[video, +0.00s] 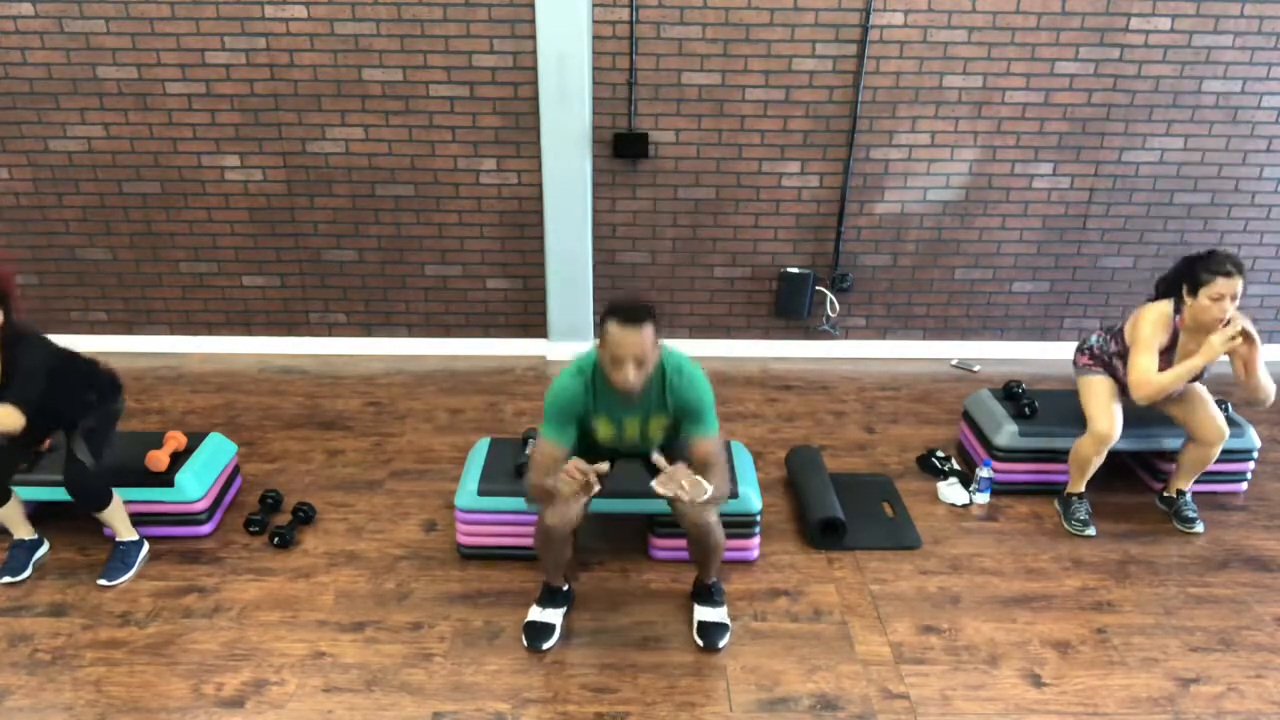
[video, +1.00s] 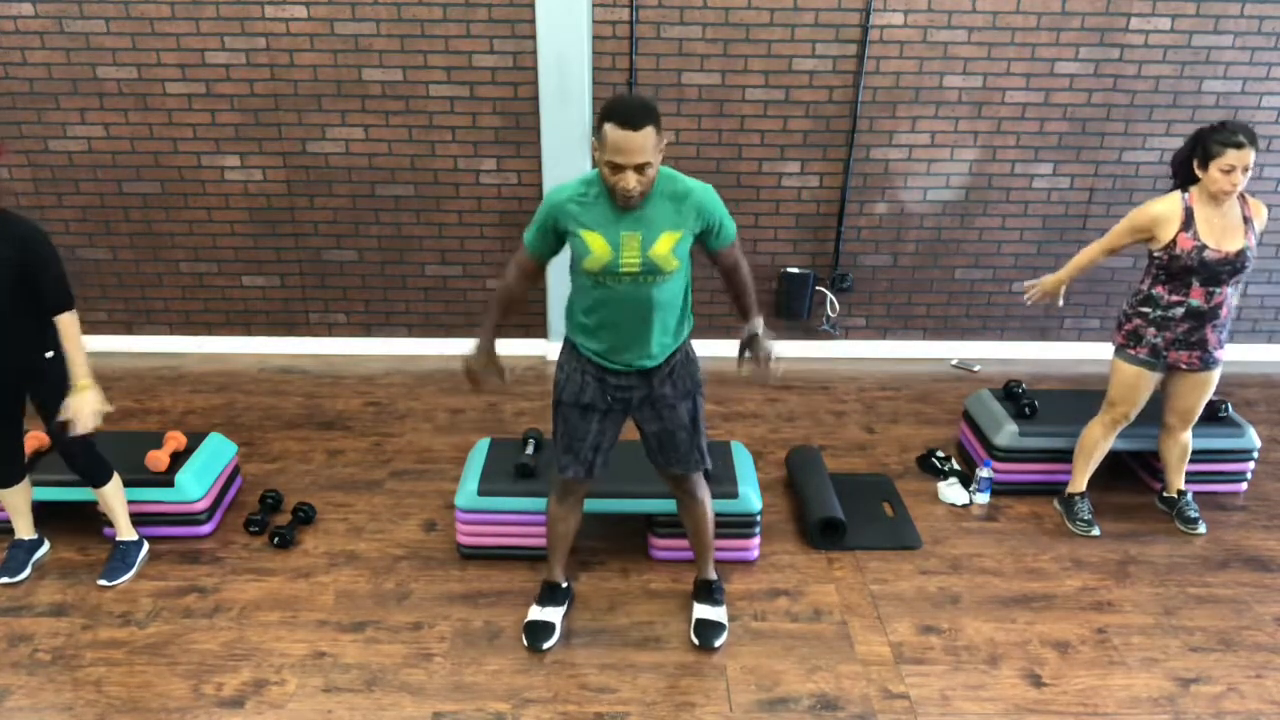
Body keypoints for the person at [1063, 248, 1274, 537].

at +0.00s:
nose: (1227, 311)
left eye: (1234, 299)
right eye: (1217, 299)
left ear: (1239, 299)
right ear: (1188, 295)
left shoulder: (1231, 329)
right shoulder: (1155, 318)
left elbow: (1262, 399)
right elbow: (1142, 391)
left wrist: (1252, 364)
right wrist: (1204, 357)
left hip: (1162, 372)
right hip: (1104, 363)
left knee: (1214, 432)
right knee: (1105, 431)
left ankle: (1175, 493)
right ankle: (1073, 494)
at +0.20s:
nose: (1235, 281)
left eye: (1242, 271)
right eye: (1225, 270)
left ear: (1248, 269)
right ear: (1197, 264)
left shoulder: (1245, 300)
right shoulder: (1160, 288)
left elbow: (1267, 361)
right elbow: (1131, 361)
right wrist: (1193, 376)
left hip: (1171, 357)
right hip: (1112, 346)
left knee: (1210, 426)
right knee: (1104, 424)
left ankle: (1174, 492)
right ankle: (1072, 494)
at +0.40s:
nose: (1246, 213)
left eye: (1252, 203)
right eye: (1236, 202)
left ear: (1259, 200)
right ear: (1208, 198)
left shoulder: (1255, 240)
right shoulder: (1171, 232)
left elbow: (1275, 301)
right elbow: (1118, 298)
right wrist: (1105, 364)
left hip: (1185, 334)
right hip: (1132, 328)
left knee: (1201, 419)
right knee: (1108, 417)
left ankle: (1175, 493)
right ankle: (1070, 492)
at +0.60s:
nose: (1243, 185)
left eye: (1251, 175)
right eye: (1234, 175)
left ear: (1257, 174)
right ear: (1205, 171)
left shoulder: (1257, 216)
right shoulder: (1171, 212)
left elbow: (1264, 264)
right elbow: (1099, 259)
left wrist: (1272, 312)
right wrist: (1051, 307)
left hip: (1198, 333)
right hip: (1144, 326)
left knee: (1187, 423)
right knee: (1113, 417)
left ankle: (1175, 493)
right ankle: (1072, 492)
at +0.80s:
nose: (1240, 181)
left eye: (1248, 171)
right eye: (1231, 171)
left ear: (1254, 170)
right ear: (1203, 169)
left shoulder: (1255, 212)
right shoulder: (1167, 212)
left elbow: (1221, 261)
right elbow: (1106, 245)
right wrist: (1060, 275)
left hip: (1206, 337)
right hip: (1151, 330)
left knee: (1181, 424)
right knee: (1117, 415)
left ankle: (1175, 493)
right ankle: (1075, 493)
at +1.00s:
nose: (1238, 181)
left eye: (1246, 171)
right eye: (1228, 170)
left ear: (1252, 169)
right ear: (1201, 168)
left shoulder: (1255, 214)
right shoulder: (1165, 212)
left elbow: (1223, 265)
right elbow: (1105, 246)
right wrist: (1059, 279)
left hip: (1205, 337)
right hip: (1150, 330)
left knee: (1181, 425)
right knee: (1116, 415)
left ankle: (1175, 493)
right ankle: (1074, 493)